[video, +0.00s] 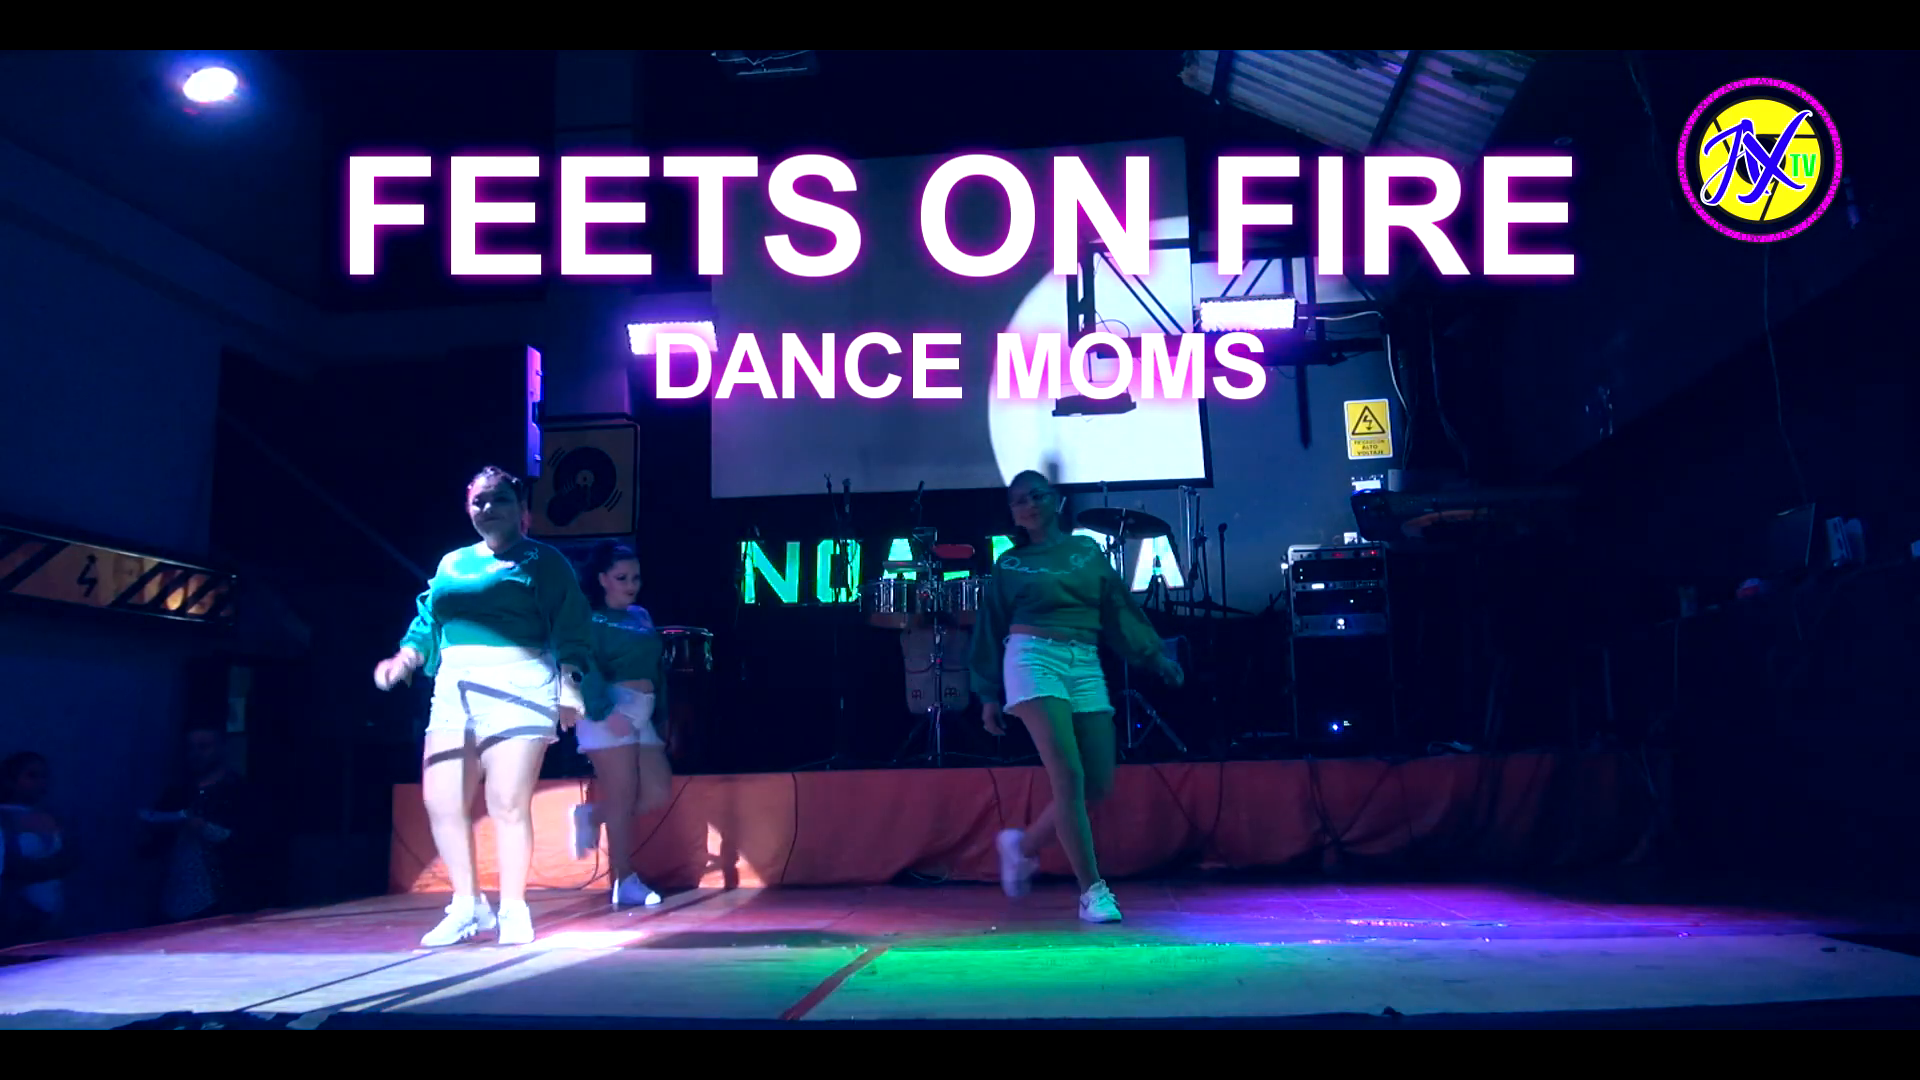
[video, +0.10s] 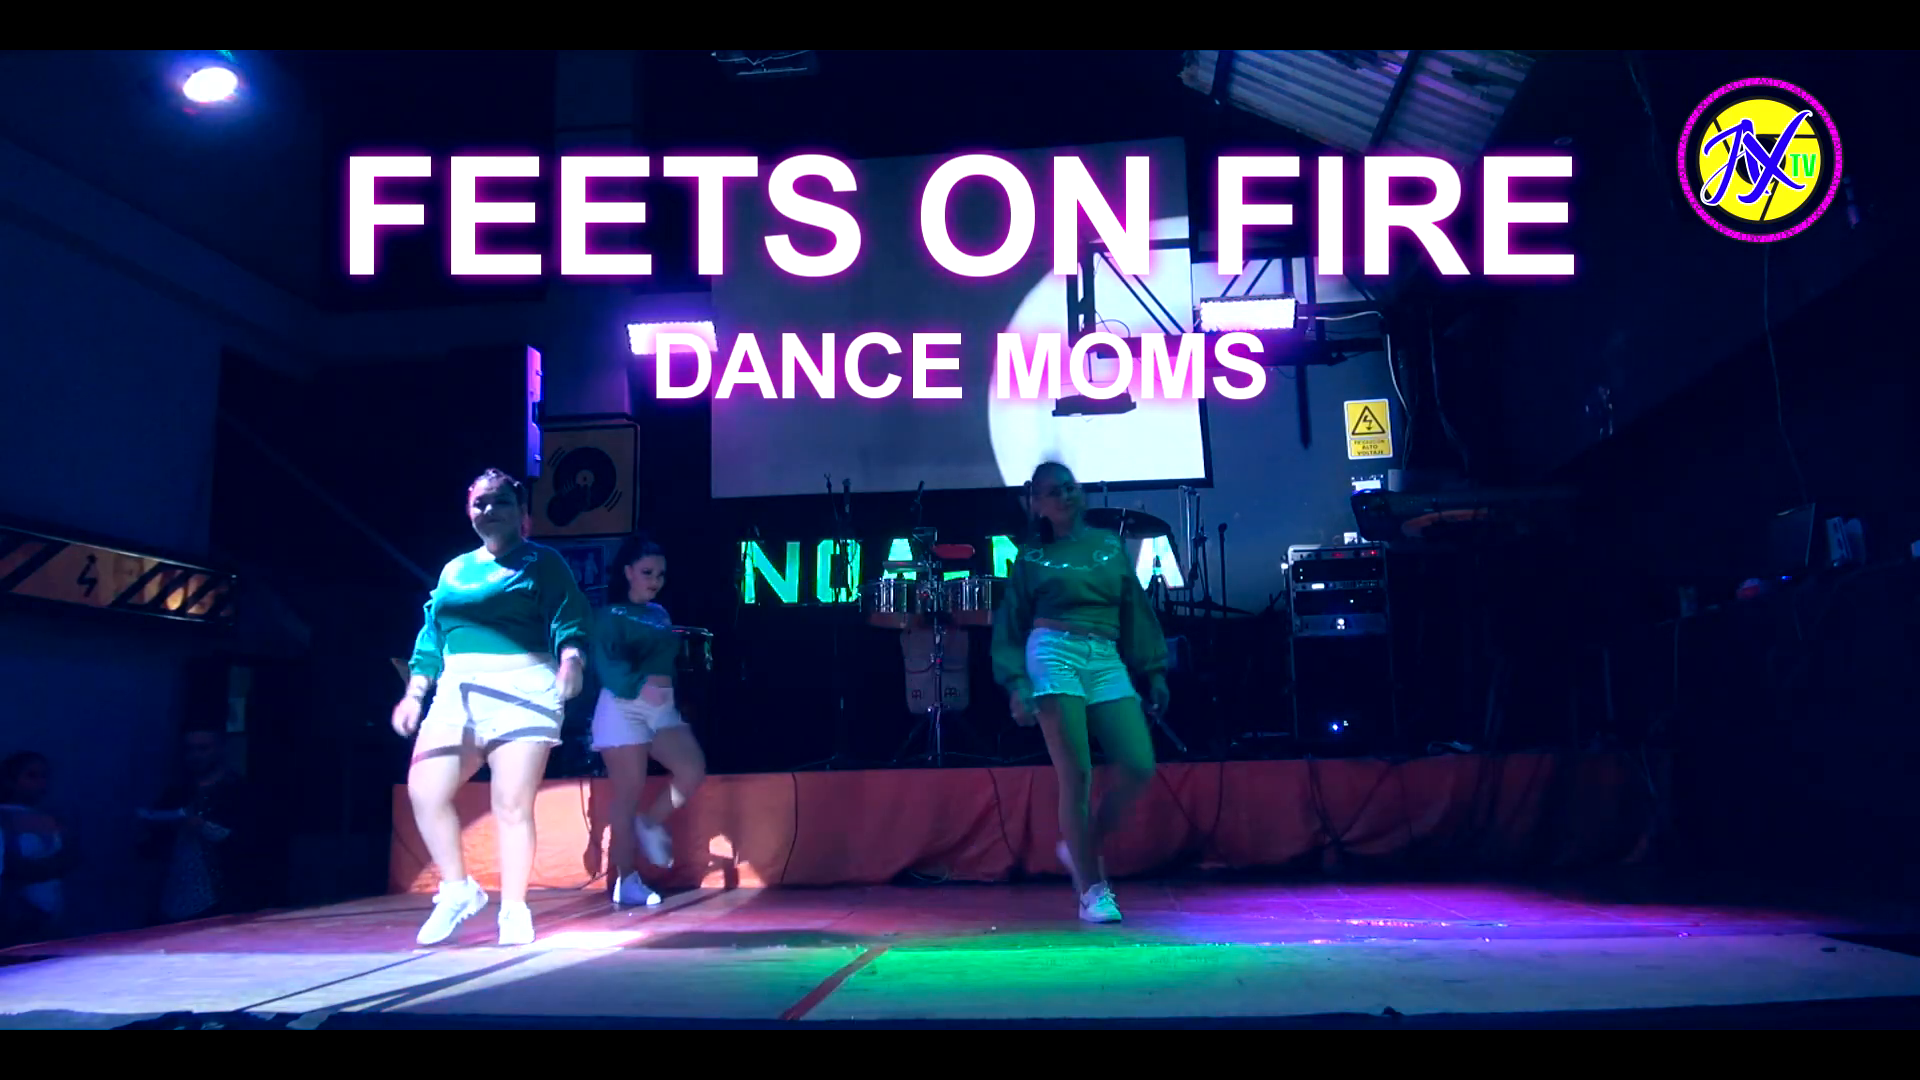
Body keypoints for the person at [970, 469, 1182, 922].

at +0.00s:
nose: (1027, 506)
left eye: (1034, 498)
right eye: (1019, 502)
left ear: (1054, 501)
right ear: (1012, 514)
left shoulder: (1087, 551)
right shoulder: (1010, 565)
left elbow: (1121, 611)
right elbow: (987, 632)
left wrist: (1157, 656)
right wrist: (988, 694)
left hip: (1085, 660)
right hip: (1032, 657)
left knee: (1098, 780)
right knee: (1066, 773)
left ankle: (1022, 844)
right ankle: (1093, 889)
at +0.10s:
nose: (1061, 497)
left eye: (1065, 489)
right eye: (1051, 493)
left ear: (1078, 493)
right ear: (1035, 504)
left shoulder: (1110, 544)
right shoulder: (1032, 556)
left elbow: (1137, 613)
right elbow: (1008, 625)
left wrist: (1153, 672)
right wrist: (1016, 682)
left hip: (1106, 655)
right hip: (1052, 651)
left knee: (1138, 764)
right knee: (1076, 774)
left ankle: (1081, 846)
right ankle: (1092, 890)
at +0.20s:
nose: (1101, 484)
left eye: (1101, 476)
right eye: (1088, 479)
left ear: (1107, 481)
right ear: (1064, 492)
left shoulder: (1127, 536)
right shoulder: (1051, 543)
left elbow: (1149, 606)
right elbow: (1026, 614)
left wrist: (1157, 661)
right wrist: (1041, 657)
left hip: (1125, 647)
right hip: (1072, 649)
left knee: (1168, 753)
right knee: (1084, 768)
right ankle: (1094, 887)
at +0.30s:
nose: (1128, 480)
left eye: (1129, 472)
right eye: (1116, 475)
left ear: (1132, 478)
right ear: (1088, 487)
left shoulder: (1149, 534)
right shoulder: (1072, 535)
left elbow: (1160, 600)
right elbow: (1040, 607)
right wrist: (1063, 633)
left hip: (1150, 648)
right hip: (1091, 648)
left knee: (1187, 766)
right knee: (1092, 775)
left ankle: (1221, 885)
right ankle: (1096, 888)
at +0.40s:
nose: (1151, 477)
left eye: (1152, 469)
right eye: (1139, 471)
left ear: (1155, 475)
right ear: (1112, 482)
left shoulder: (1171, 535)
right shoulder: (1095, 535)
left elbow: (1180, 595)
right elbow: (1063, 601)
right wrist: (1078, 631)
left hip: (1175, 650)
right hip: (1116, 652)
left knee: (1215, 764)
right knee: (1114, 772)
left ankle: (1231, 894)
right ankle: (1098, 885)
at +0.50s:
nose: (1169, 471)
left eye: (1171, 463)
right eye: (1156, 465)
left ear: (1177, 471)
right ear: (1129, 476)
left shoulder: (1191, 529)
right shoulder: (1115, 529)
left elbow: (1202, 590)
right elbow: (1094, 601)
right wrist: (1098, 641)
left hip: (1204, 639)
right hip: (1145, 645)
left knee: (1236, 759)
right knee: (1160, 773)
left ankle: (1233, 894)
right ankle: (1111, 868)